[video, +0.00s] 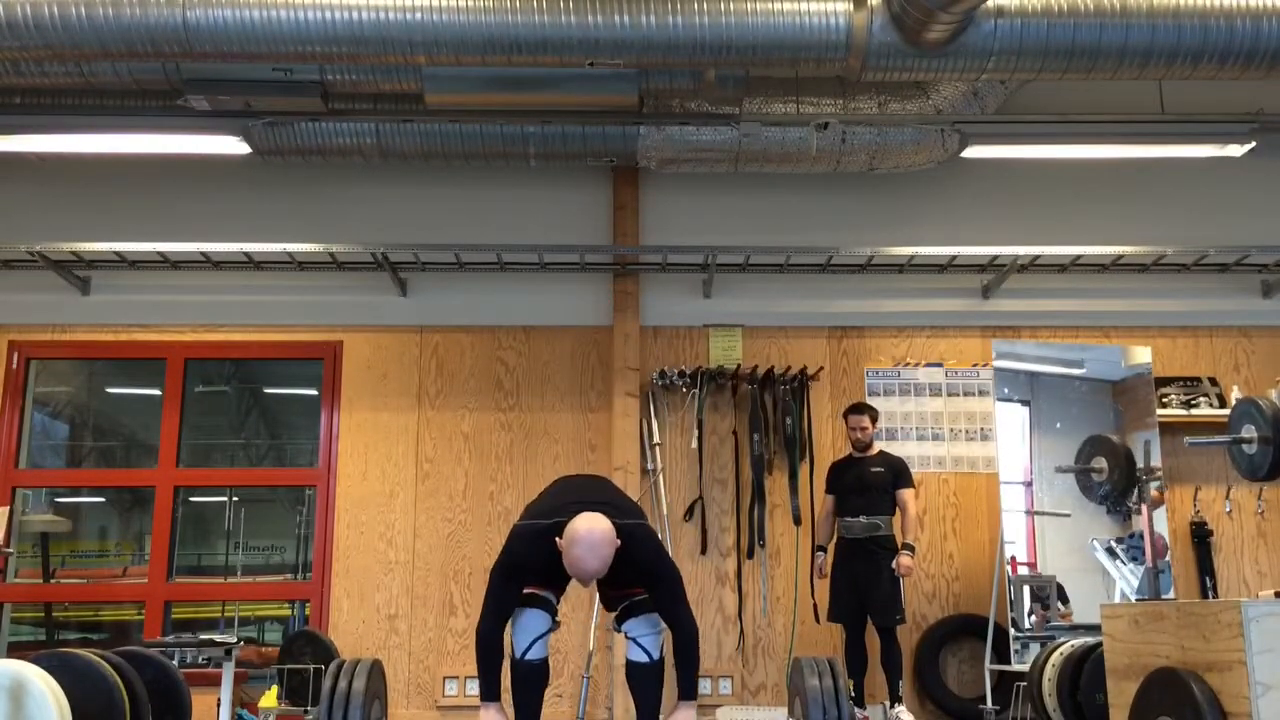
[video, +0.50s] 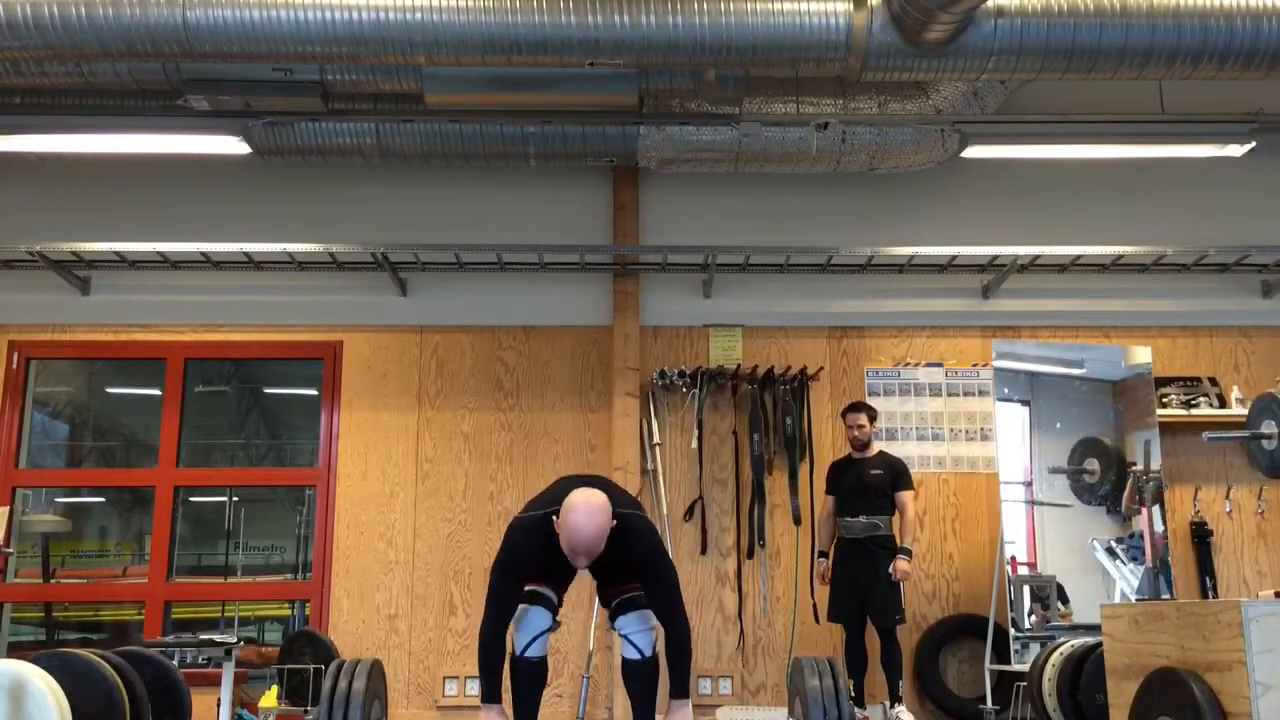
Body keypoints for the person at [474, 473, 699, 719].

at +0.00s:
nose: (586, 583)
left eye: (596, 575)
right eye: (578, 575)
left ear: (616, 547)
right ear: (560, 546)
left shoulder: (641, 544)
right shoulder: (525, 541)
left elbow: (684, 624)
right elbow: (489, 625)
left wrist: (687, 703)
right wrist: (490, 704)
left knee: (646, 631)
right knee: (528, 627)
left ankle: (646, 716)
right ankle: (528, 716)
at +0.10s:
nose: (586, 583)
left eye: (595, 575)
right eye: (577, 575)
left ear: (615, 546)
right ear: (560, 545)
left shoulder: (641, 544)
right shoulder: (525, 542)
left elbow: (681, 625)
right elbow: (490, 625)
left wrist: (683, 703)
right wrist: (491, 704)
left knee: (647, 631)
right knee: (526, 626)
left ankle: (647, 715)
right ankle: (528, 715)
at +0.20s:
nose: (585, 583)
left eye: (595, 575)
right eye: (575, 575)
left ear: (615, 545)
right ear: (559, 543)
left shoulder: (641, 545)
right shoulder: (524, 543)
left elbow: (681, 626)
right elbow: (487, 627)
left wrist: (682, 704)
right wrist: (490, 706)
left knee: (650, 633)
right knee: (525, 626)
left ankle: (646, 717)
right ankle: (527, 717)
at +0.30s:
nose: (584, 581)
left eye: (593, 574)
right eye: (575, 573)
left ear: (614, 544)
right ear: (558, 541)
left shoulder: (641, 543)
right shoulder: (524, 542)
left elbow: (683, 625)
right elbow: (487, 627)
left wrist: (681, 702)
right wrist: (490, 705)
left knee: (647, 630)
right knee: (527, 626)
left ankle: (645, 716)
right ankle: (528, 716)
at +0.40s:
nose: (582, 574)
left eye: (592, 566)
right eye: (574, 566)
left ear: (613, 535)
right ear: (557, 535)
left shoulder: (639, 539)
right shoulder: (523, 537)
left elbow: (676, 625)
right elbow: (492, 627)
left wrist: (680, 702)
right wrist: (491, 705)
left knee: (636, 630)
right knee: (533, 624)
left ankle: (643, 715)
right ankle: (528, 715)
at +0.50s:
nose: (581, 563)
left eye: (591, 554)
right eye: (572, 553)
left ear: (611, 529)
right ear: (557, 526)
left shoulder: (638, 535)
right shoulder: (524, 535)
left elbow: (676, 623)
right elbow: (494, 625)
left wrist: (680, 704)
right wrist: (490, 705)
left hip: (613, 549)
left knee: (639, 630)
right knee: (530, 626)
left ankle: (643, 716)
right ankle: (527, 715)